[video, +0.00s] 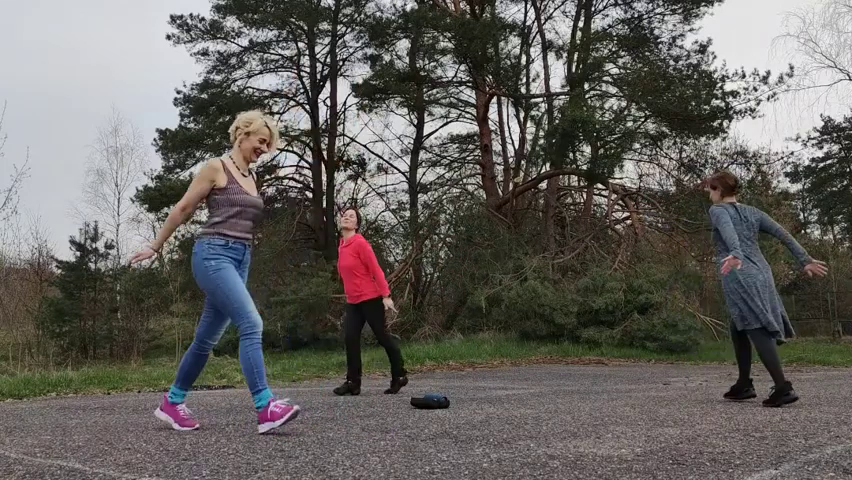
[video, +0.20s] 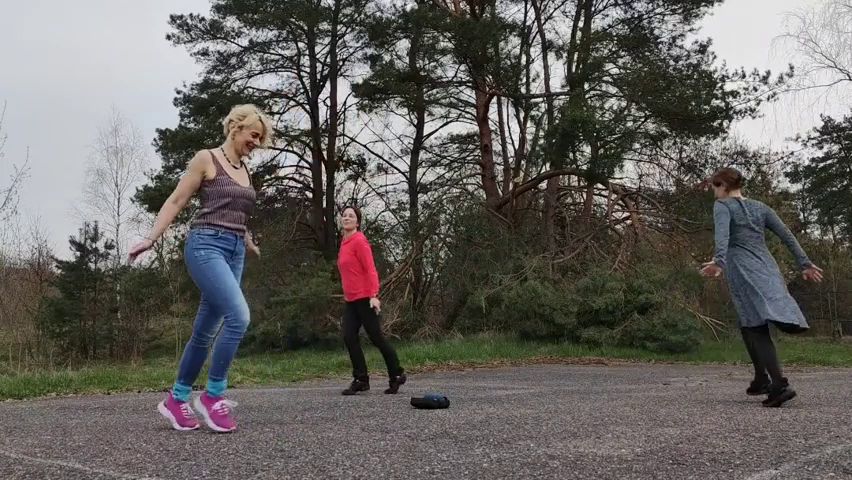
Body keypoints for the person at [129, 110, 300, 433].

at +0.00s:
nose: (262, 148)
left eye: (267, 144)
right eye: (260, 140)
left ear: (266, 146)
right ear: (241, 136)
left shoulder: (249, 175)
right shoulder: (215, 168)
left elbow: (239, 217)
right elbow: (183, 209)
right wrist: (156, 246)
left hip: (241, 257)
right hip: (213, 255)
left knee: (206, 339)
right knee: (251, 324)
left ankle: (172, 403)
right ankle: (266, 408)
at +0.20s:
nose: (254, 143)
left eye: (259, 138)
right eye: (252, 135)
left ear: (259, 139)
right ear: (235, 129)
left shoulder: (243, 169)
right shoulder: (206, 159)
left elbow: (233, 214)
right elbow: (176, 201)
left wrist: (247, 239)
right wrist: (151, 239)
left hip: (235, 249)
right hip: (205, 245)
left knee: (204, 332)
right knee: (238, 318)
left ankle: (176, 399)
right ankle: (213, 397)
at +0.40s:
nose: (246, 124)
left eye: (251, 120)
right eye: (240, 118)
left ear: (256, 129)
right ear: (226, 122)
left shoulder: (243, 167)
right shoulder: (212, 153)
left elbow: (242, 212)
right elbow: (188, 190)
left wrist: (272, 222)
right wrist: (174, 211)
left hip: (242, 248)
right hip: (211, 244)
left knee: (248, 323)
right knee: (212, 325)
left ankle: (203, 380)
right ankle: (193, 405)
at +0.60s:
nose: (251, 118)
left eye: (256, 114)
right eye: (244, 114)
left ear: (263, 123)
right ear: (231, 121)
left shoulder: (252, 161)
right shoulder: (220, 148)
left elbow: (249, 210)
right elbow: (206, 191)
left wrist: (282, 214)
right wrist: (208, 199)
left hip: (252, 242)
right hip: (219, 242)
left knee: (278, 305)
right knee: (217, 323)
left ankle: (251, 383)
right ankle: (198, 401)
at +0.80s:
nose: (266, 124)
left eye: (270, 120)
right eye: (258, 120)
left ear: (276, 129)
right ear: (245, 128)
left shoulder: (271, 169)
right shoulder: (235, 157)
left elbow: (273, 217)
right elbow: (230, 207)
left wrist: (293, 203)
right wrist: (242, 191)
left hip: (272, 254)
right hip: (237, 251)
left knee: (281, 334)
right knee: (227, 332)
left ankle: (299, 408)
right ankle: (198, 403)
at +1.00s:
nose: (293, 114)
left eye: (297, 110)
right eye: (284, 110)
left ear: (304, 120)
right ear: (270, 122)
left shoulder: (303, 161)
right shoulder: (264, 151)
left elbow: (296, 210)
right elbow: (252, 198)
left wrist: (313, 216)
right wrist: (263, 171)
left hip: (305, 247)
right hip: (269, 243)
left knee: (304, 334)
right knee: (272, 331)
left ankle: (306, 414)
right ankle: (223, 389)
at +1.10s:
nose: (304, 110)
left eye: (308, 106)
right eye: (296, 107)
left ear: (315, 118)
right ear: (282, 119)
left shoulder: (311, 163)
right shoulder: (274, 147)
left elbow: (314, 213)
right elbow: (261, 196)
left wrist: (331, 202)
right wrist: (269, 182)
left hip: (316, 242)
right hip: (282, 238)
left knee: (312, 330)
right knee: (302, 326)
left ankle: (307, 413)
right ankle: (263, 403)